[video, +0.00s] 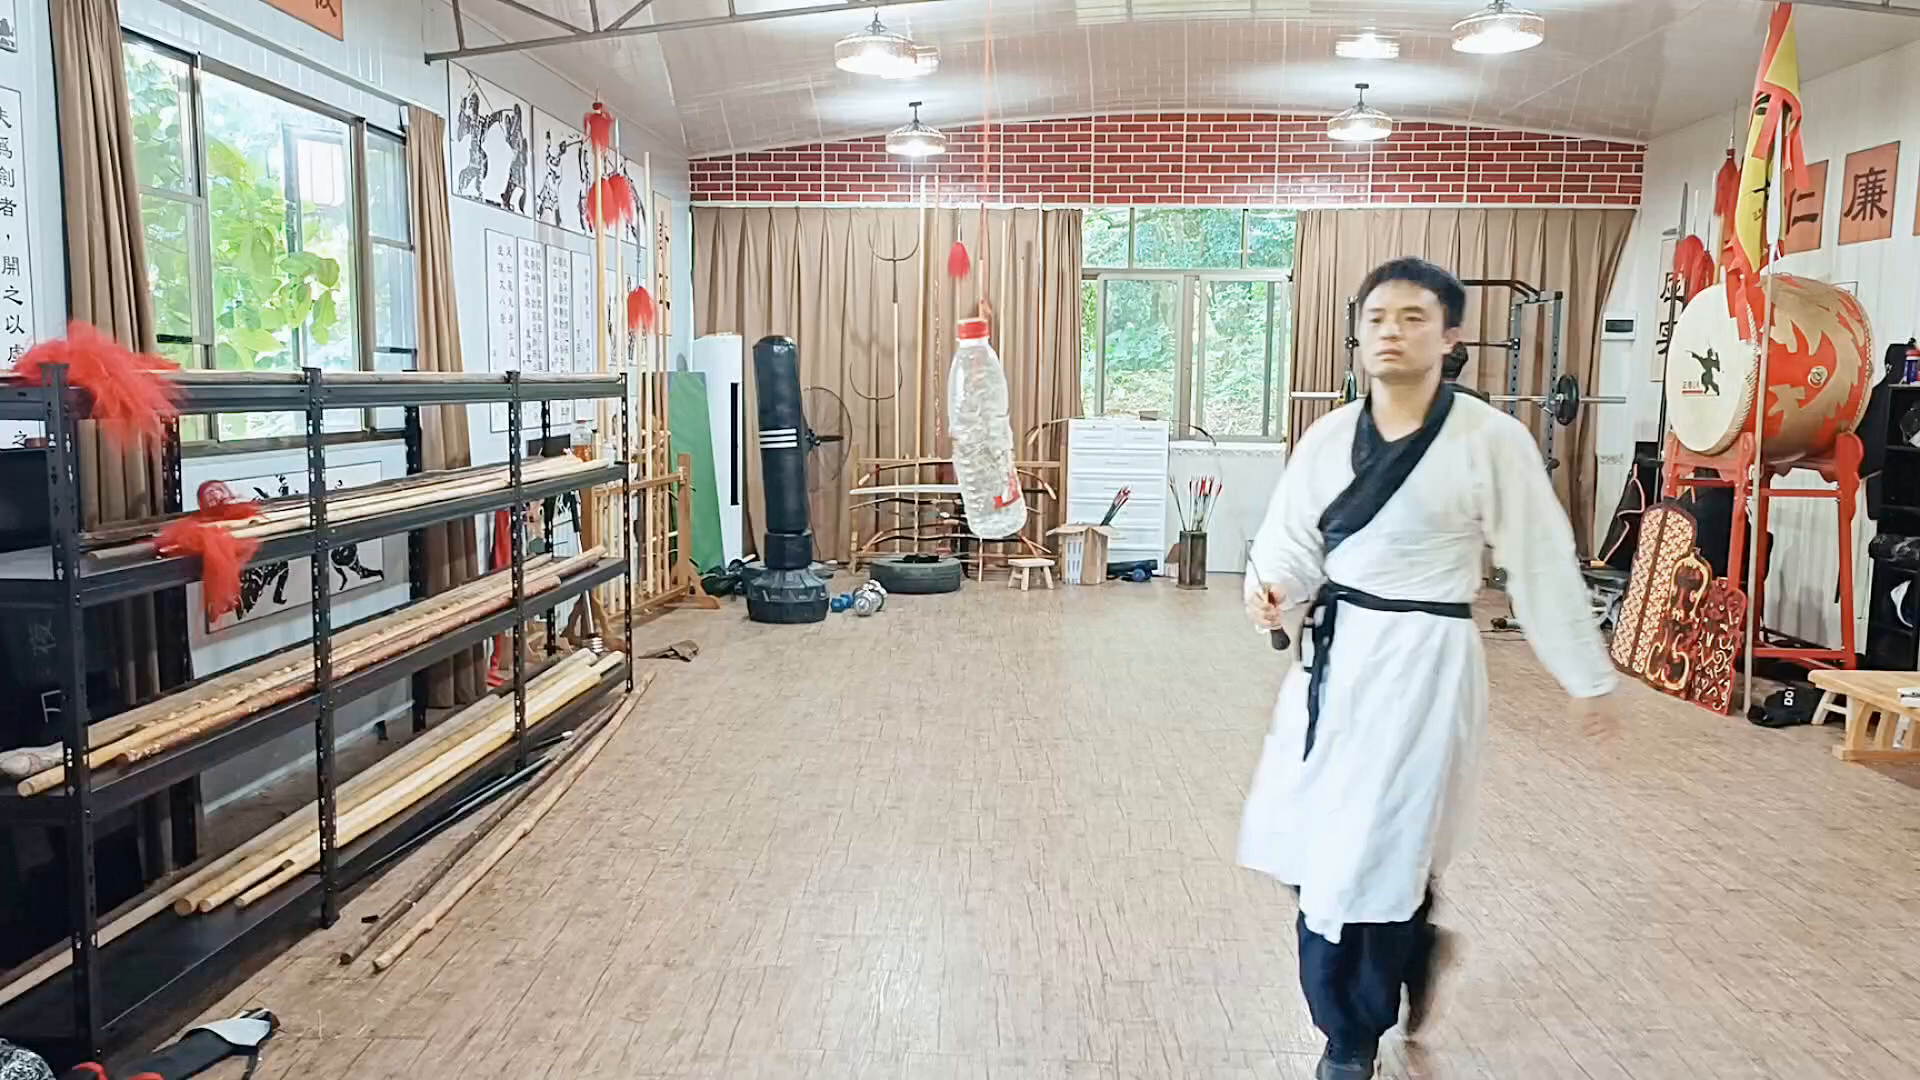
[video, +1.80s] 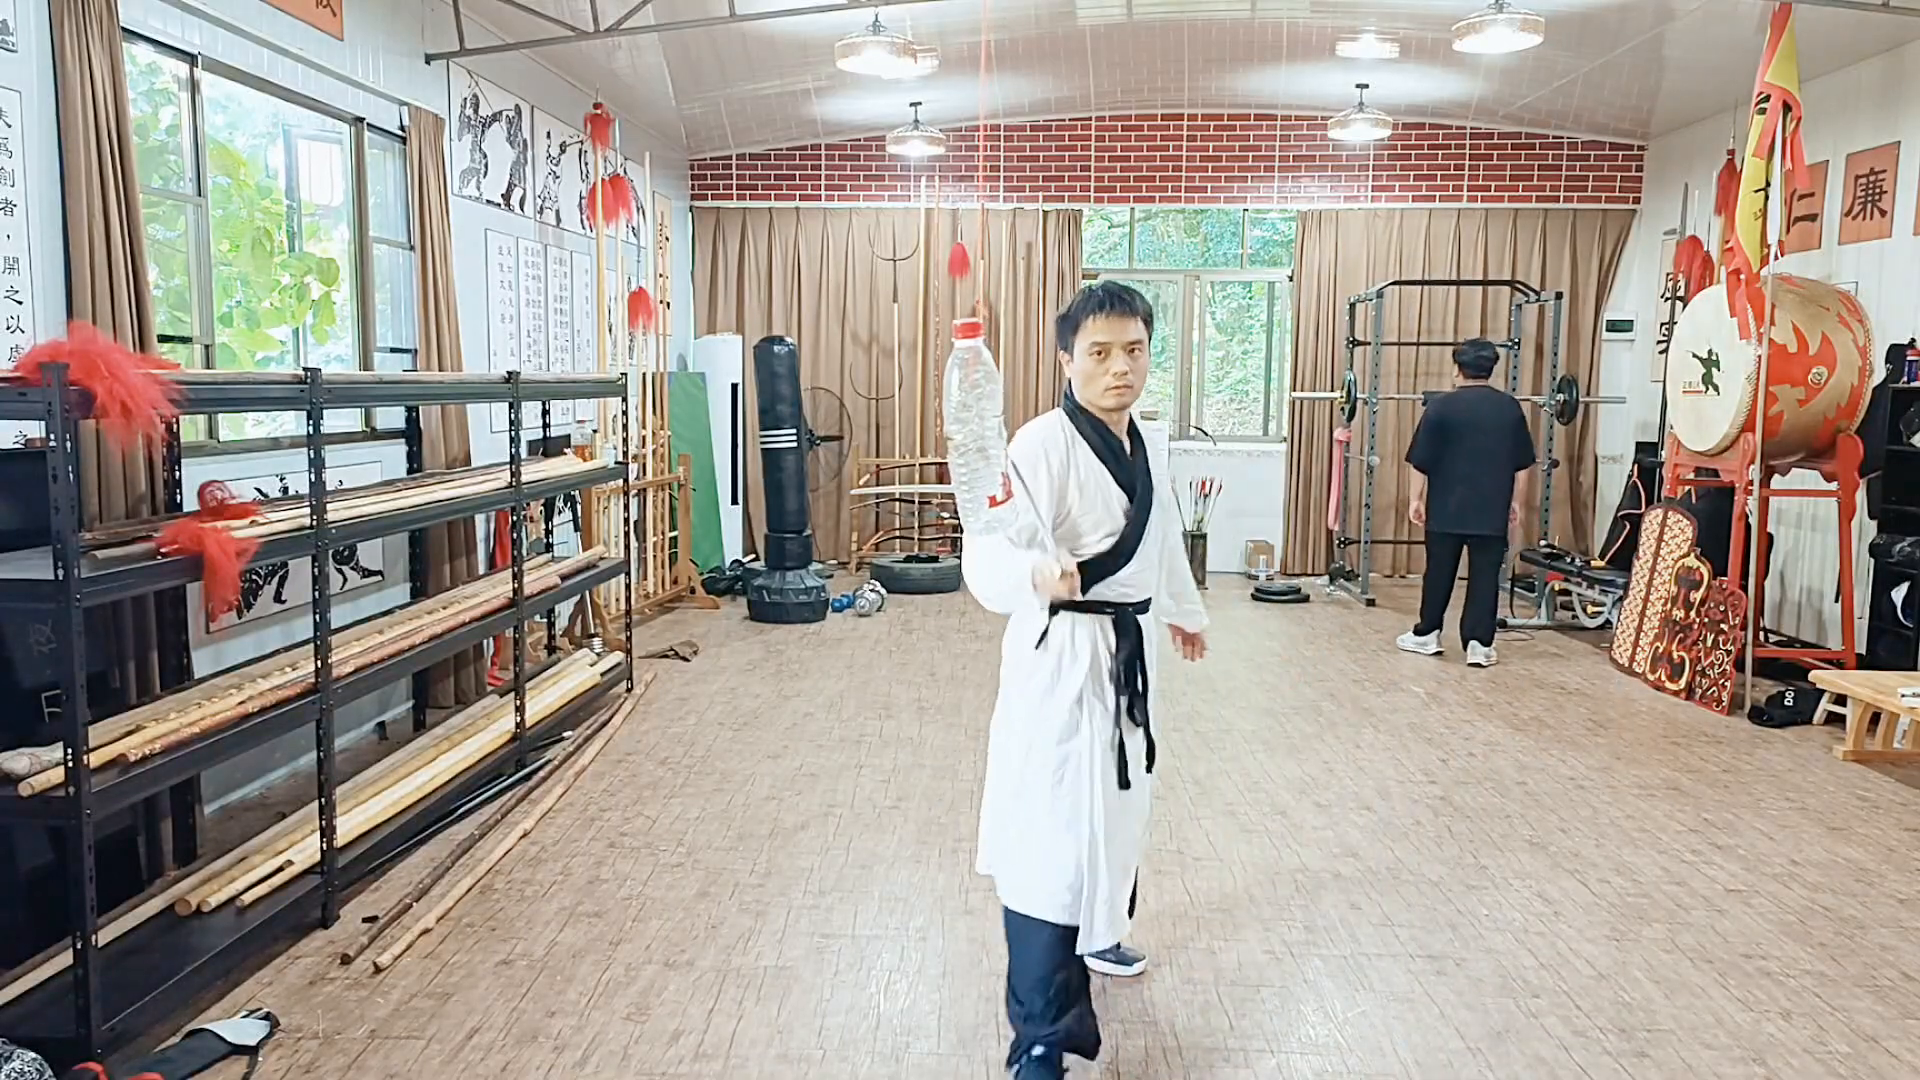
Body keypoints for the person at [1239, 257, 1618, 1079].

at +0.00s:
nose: (1389, 333)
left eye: (1412, 318)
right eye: (1376, 318)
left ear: (1450, 338)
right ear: (1357, 336)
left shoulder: (1492, 440)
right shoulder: (1328, 436)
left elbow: (1543, 564)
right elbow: (1289, 539)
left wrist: (1588, 677)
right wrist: (1273, 584)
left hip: (1423, 655)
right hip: (1333, 648)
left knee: (1358, 856)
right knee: (1309, 836)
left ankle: (1349, 1045)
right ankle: (1416, 944)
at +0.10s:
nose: (1356, 328)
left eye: (1378, 313)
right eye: (1342, 313)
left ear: (1414, 331)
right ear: (1323, 330)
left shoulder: (1453, 434)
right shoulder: (1293, 427)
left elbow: (1491, 564)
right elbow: (1246, 526)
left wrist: (1512, 686)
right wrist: (1246, 579)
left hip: (1390, 655)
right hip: (1294, 646)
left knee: (1354, 857)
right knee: (1224, 832)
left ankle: (1350, 1044)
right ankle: (1303, 954)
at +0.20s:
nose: (1318, 329)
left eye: (1337, 314)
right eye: (1303, 315)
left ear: (1370, 332)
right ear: (1285, 331)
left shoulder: (1416, 434)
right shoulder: (1248, 431)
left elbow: (1448, 551)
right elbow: (1204, 525)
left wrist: (1436, 653)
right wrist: (1198, 581)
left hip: (1358, 650)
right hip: (1256, 644)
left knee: (1346, 836)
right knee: (1212, 805)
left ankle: (1351, 1034)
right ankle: (1189, 958)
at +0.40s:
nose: (1228, 343)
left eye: (1245, 328)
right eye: (1212, 328)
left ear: (1270, 345)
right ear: (1187, 344)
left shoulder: (1311, 448)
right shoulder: (1146, 445)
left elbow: (1354, 546)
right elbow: (1097, 545)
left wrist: (1345, 600)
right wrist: (1116, 594)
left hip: (1274, 671)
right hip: (1164, 666)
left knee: (1304, 853)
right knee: (1137, 841)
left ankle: (1346, 1033)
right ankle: (1070, 984)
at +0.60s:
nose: (1146, 332)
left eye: (1161, 317)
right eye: (1129, 319)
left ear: (1186, 330)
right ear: (1106, 337)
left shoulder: (1230, 426)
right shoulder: (1072, 437)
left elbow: (1266, 533)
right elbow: (1033, 537)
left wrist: (1289, 613)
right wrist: (1062, 573)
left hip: (1208, 642)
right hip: (1106, 641)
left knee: (1233, 804)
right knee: (1094, 810)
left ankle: (1244, 975)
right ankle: (1066, 984)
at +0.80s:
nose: (1114, 334)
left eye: (1128, 318)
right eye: (1096, 322)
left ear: (1149, 329)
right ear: (1071, 339)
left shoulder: (1189, 425)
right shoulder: (1046, 436)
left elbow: (1231, 535)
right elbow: (1009, 535)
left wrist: (1277, 627)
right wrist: (1036, 578)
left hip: (1170, 627)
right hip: (1079, 629)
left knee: (1168, 784)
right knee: (1069, 796)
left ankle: (1132, 928)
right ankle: (1064, 975)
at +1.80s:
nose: (1120, 366)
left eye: (1133, 350)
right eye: (1101, 352)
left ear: (1150, 357)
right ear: (1067, 360)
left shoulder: (1146, 437)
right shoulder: (1041, 445)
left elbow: (1162, 534)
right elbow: (986, 551)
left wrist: (1183, 610)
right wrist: (1036, 575)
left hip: (1129, 652)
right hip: (1057, 660)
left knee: (1118, 802)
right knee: (1048, 839)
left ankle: (1097, 937)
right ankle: (1038, 1047)